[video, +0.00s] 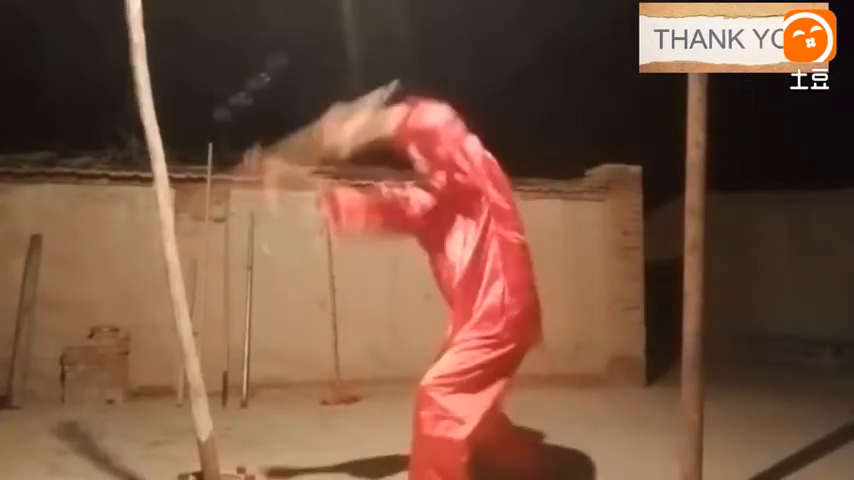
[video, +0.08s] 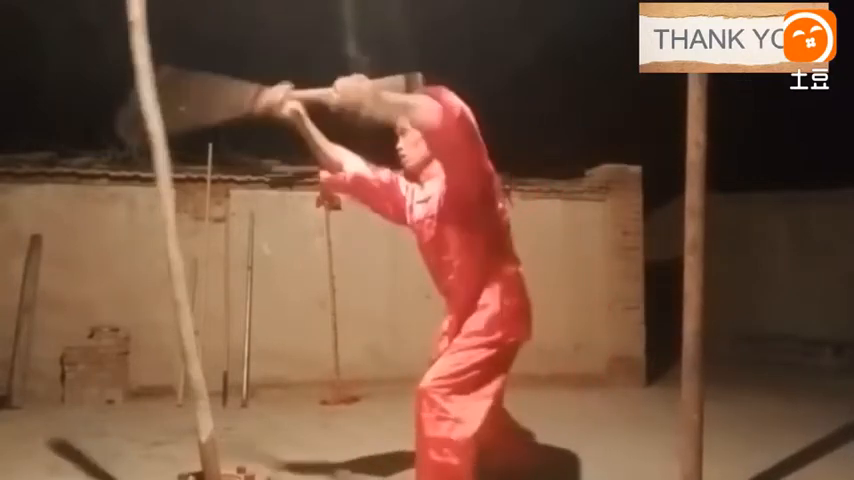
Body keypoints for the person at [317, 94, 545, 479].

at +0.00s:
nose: (418, 162)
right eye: (414, 156)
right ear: (413, 160)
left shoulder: (475, 181)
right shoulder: (429, 205)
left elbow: (439, 121)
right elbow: (371, 205)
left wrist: (367, 126)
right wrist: (311, 188)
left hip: (504, 319)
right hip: (471, 323)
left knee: (438, 392)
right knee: (461, 401)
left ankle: (436, 473)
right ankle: (526, 461)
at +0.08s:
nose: (400, 144)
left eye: (409, 133)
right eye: (399, 136)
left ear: (434, 136)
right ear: (403, 145)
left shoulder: (466, 182)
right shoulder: (408, 194)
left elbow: (444, 116)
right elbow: (350, 168)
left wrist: (373, 98)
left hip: (497, 308)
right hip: (462, 311)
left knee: (437, 393)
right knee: (464, 399)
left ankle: (443, 475)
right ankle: (524, 464)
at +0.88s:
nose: (416, 223)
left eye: (422, 214)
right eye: (415, 215)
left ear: (449, 215)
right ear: (447, 216)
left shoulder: (458, 253)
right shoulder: (459, 241)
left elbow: (394, 291)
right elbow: (401, 249)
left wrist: (348, 255)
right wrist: (353, 238)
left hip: (510, 358)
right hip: (514, 352)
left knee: (439, 398)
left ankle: (446, 475)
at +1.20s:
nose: (424, 212)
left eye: (430, 203)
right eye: (423, 204)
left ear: (456, 205)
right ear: (455, 207)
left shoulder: (464, 243)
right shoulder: (466, 233)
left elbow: (401, 277)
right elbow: (406, 240)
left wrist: (356, 243)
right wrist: (353, 228)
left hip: (508, 350)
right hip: (513, 346)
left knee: (444, 400)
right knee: (466, 408)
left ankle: (440, 474)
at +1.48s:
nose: (428, 191)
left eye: (435, 183)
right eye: (427, 183)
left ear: (459, 184)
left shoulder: (470, 220)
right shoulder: (464, 217)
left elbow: (404, 246)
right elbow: (405, 223)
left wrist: (364, 209)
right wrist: (351, 205)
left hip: (496, 337)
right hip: (497, 335)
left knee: (437, 401)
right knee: (458, 406)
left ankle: (450, 474)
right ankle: (465, 473)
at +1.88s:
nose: (419, 164)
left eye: (425, 155)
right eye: (417, 157)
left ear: (449, 156)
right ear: (424, 162)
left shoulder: (466, 189)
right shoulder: (440, 190)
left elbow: (402, 206)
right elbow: (379, 188)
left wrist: (334, 192)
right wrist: (353, 148)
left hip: (492, 305)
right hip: (466, 308)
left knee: (486, 383)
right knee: (463, 390)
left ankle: (519, 461)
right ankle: (488, 461)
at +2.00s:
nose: (418, 158)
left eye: (425, 150)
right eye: (414, 151)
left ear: (448, 148)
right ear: (411, 153)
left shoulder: (467, 186)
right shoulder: (413, 190)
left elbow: (452, 230)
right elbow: (373, 200)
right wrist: (334, 200)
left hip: (481, 293)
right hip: (439, 293)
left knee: (461, 363)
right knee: (443, 365)